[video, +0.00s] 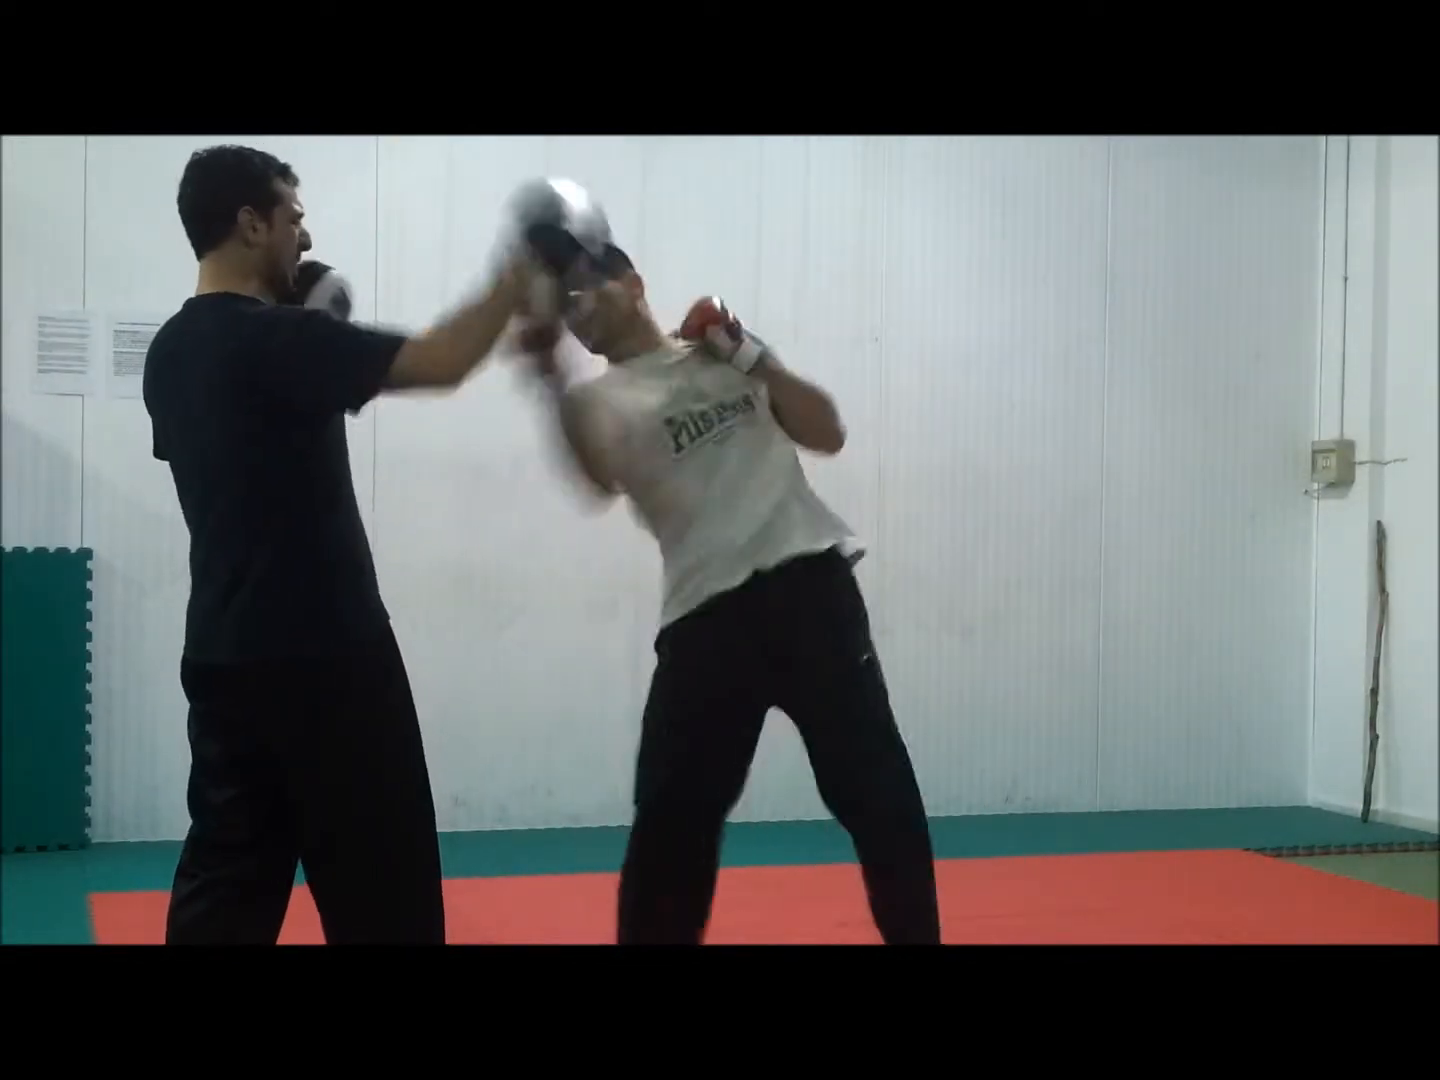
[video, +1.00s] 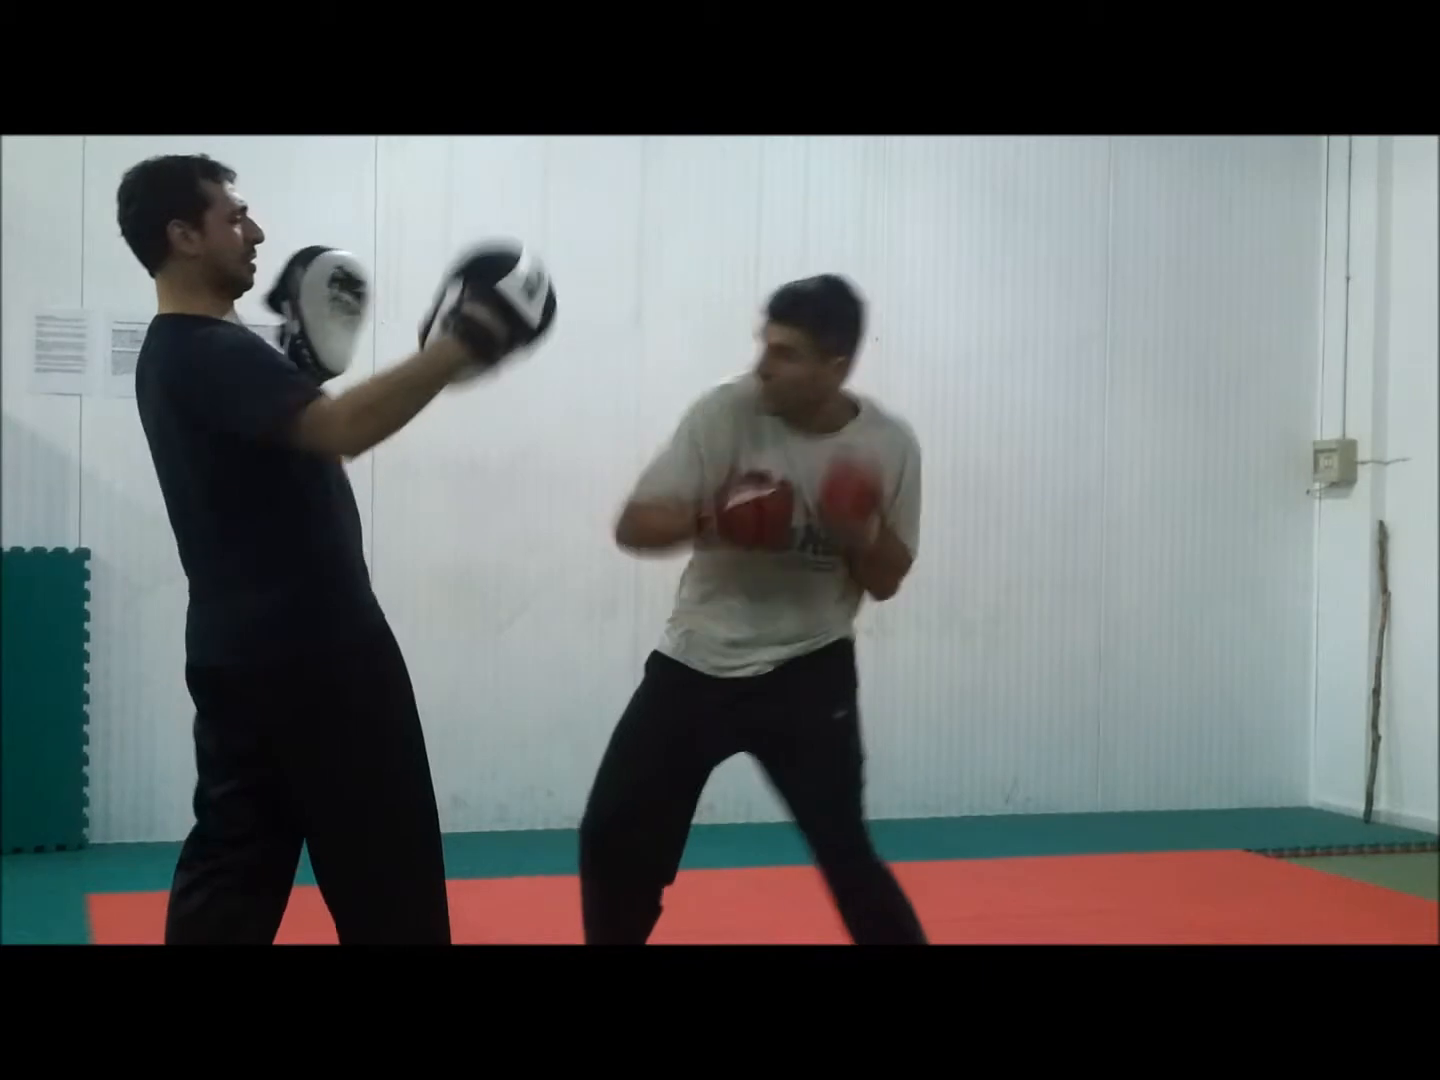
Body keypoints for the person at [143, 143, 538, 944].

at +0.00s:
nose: (304, 235)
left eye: (302, 218)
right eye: (294, 218)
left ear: (218, 230)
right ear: (250, 224)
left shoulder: (170, 348)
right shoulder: (276, 337)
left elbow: (242, 430)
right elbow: (439, 361)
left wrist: (301, 322)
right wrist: (519, 271)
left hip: (225, 652)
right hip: (328, 649)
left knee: (227, 878)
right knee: (385, 884)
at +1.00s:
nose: (255, 230)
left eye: (245, 216)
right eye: (235, 217)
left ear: (182, 241)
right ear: (182, 236)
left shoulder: (173, 349)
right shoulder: (210, 347)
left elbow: (246, 469)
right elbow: (335, 431)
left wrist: (305, 361)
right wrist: (453, 351)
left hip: (242, 657)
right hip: (322, 655)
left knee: (231, 873)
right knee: (392, 878)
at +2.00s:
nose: (281, 224)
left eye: (275, 207)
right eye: (265, 208)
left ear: (207, 229)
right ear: (213, 224)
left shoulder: (164, 344)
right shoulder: (234, 341)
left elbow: (230, 468)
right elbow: (350, 458)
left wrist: (285, 364)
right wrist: (507, 440)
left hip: (219, 660)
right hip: (312, 656)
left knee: (220, 884)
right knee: (387, 881)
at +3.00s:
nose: (301, 274)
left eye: (304, 252)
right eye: (298, 249)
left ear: (223, 235)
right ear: (257, 235)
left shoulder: (107, 337)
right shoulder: (238, 343)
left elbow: (58, 486)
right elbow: (295, 491)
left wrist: (66, 609)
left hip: (119, 649)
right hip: (233, 653)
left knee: (107, 872)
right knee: (266, 881)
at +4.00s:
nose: (313, 270)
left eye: (315, 249)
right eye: (309, 245)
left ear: (241, 234)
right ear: (263, 234)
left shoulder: (108, 339)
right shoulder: (243, 353)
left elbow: (67, 491)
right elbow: (285, 508)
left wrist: (64, 607)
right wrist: (421, 492)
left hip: (121, 653)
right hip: (238, 660)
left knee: (108, 876)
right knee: (268, 885)